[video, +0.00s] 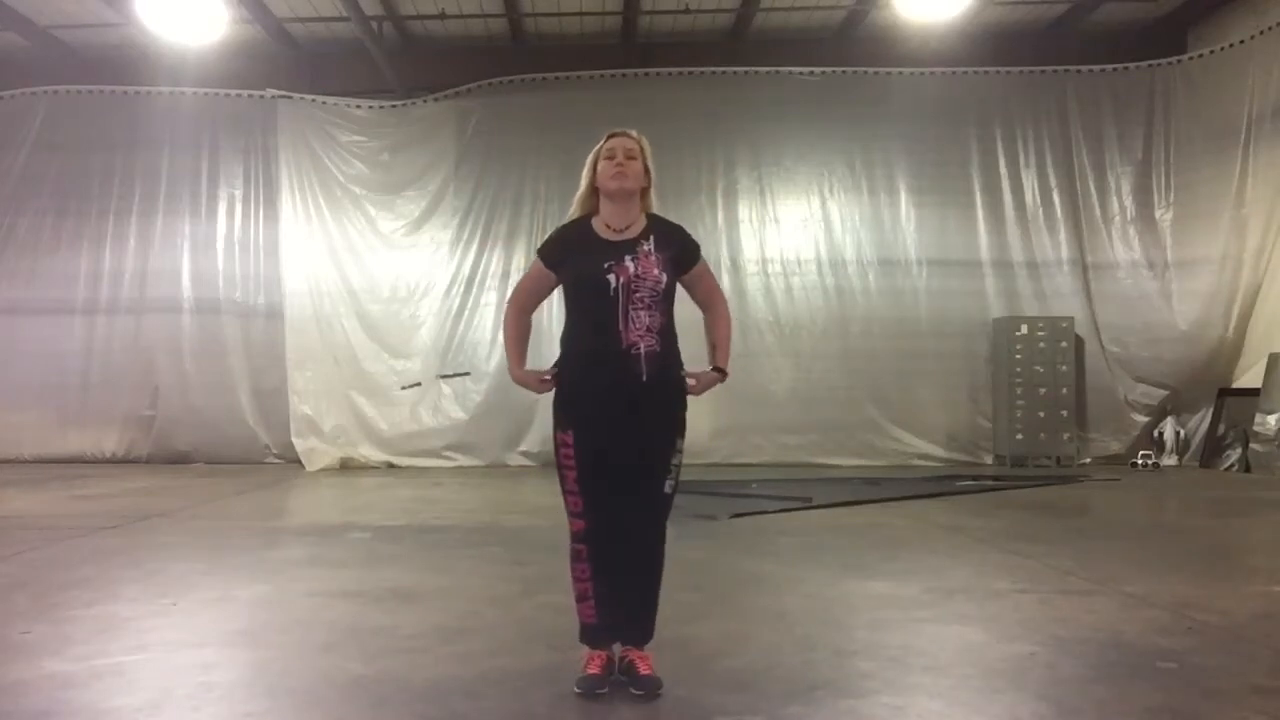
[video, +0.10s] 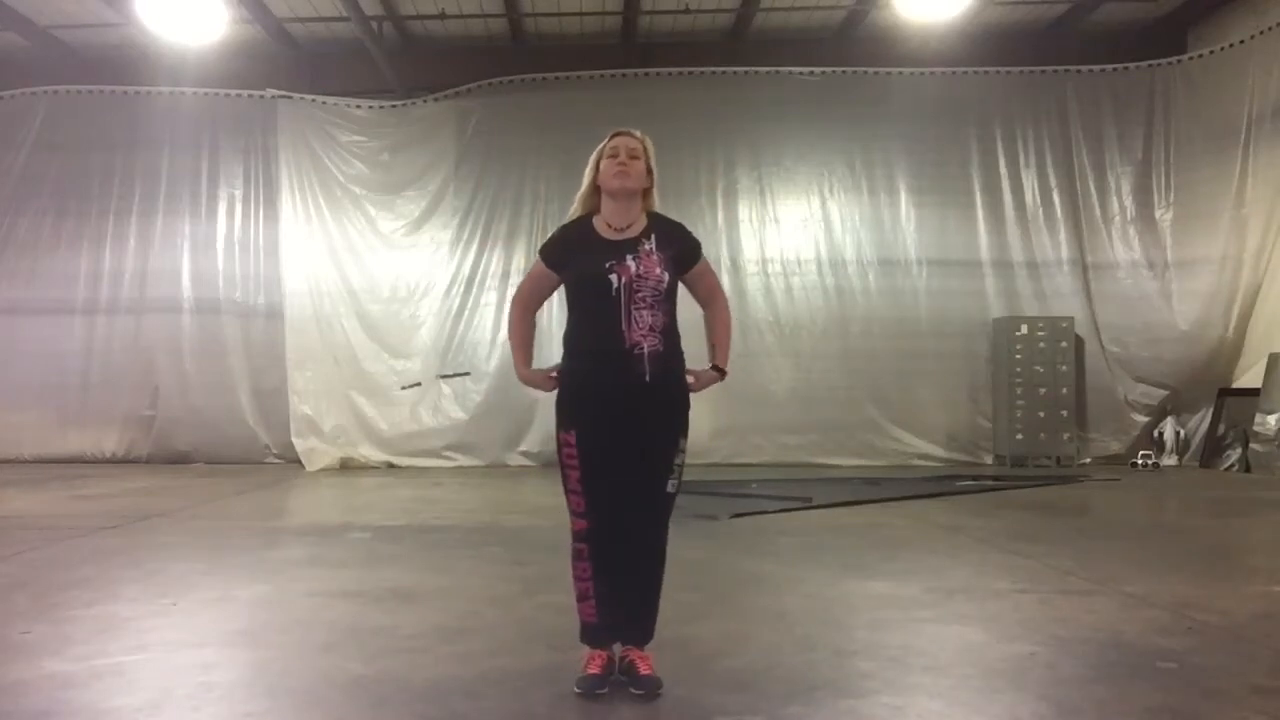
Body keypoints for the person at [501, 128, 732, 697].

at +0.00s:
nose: (619, 163)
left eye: (629, 156)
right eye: (609, 156)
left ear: (646, 173)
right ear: (594, 173)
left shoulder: (671, 240)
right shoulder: (569, 241)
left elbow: (713, 303)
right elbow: (520, 304)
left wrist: (720, 367)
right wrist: (517, 370)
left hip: (656, 403)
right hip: (585, 402)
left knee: (645, 524)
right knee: (589, 527)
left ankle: (634, 648)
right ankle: (597, 649)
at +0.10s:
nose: (622, 162)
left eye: (633, 156)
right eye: (612, 156)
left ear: (649, 174)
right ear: (596, 172)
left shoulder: (672, 238)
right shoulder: (571, 240)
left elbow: (713, 300)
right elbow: (524, 302)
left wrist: (719, 367)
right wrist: (523, 371)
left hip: (658, 401)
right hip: (588, 400)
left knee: (647, 522)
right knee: (591, 526)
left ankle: (635, 648)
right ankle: (597, 649)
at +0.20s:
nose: (625, 161)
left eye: (636, 156)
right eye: (616, 155)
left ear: (652, 175)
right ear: (599, 171)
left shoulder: (674, 237)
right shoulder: (572, 240)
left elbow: (714, 298)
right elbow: (527, 303)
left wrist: (715, 367)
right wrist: (533, 375)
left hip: (660, 400)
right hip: (590, 399)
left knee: (648, 522)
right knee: (593, 525)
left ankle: (634, 648)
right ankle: (599, 648)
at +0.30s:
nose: (629, 161)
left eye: (640, 156)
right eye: (620, 154)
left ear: (655, 175)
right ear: (602, 169)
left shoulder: (674, 236)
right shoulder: (573, 240)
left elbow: (714, 301)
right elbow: (529, 308)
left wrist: (715, 373)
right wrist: (538, 382)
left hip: (659, 402)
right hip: (589, 400)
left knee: (648, 523)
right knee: (594, 526)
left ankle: (635, 648)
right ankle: (599, 649)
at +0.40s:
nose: (631, 162)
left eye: (643, 157)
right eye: (622, 154)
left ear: (657, 177)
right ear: (604, 168)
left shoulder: (676, 238)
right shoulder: (575, 240)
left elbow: (713, 310)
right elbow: (532, 315)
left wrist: (718, 381)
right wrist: (533, 390)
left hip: (659, 404)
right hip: (589, 403)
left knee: (647, 524)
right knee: (593, 527)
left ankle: (634, 649)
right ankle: (599, 649)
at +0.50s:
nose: (631, 163)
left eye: (643, 158)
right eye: (622, 155)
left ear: (657, 177)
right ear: (604, 168)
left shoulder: (676, 239)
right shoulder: (576, 240)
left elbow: (706, 317)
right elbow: (531, 314)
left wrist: (721, 388)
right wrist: (523, 390)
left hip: (659, 406)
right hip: (589, 405)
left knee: (647, 524)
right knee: (593, 527)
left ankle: (634, 649)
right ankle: (599, 649)